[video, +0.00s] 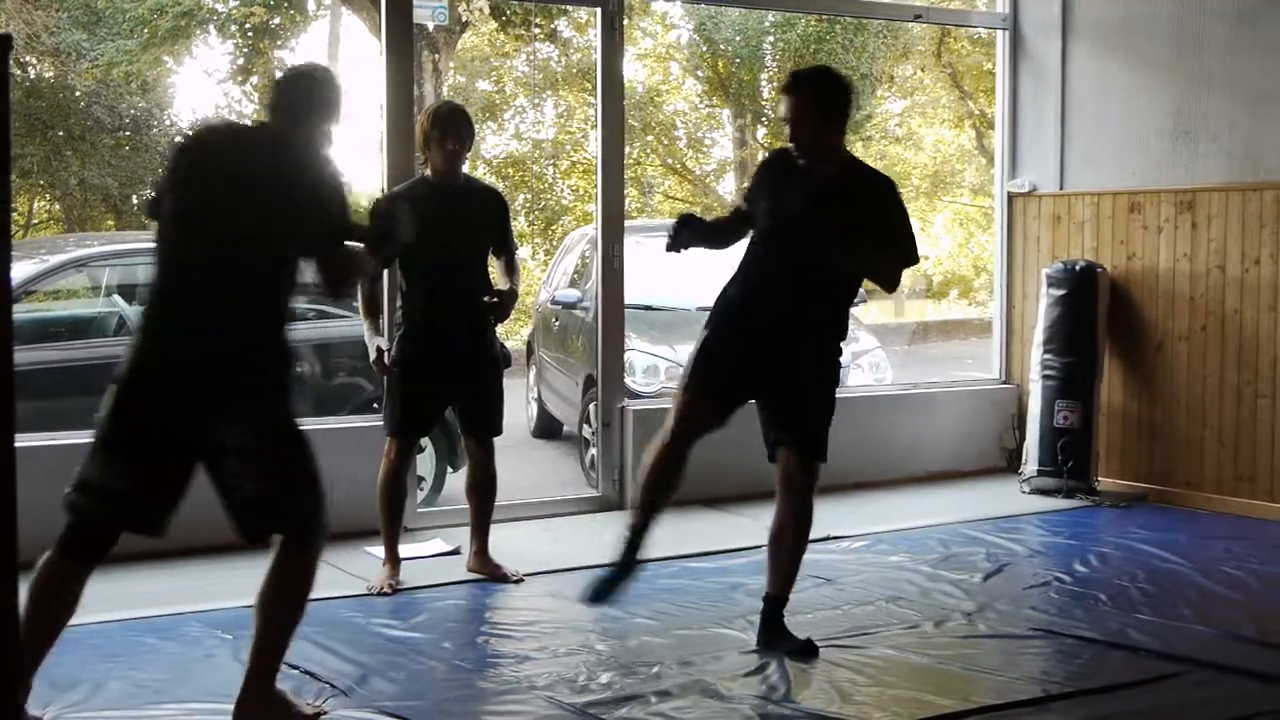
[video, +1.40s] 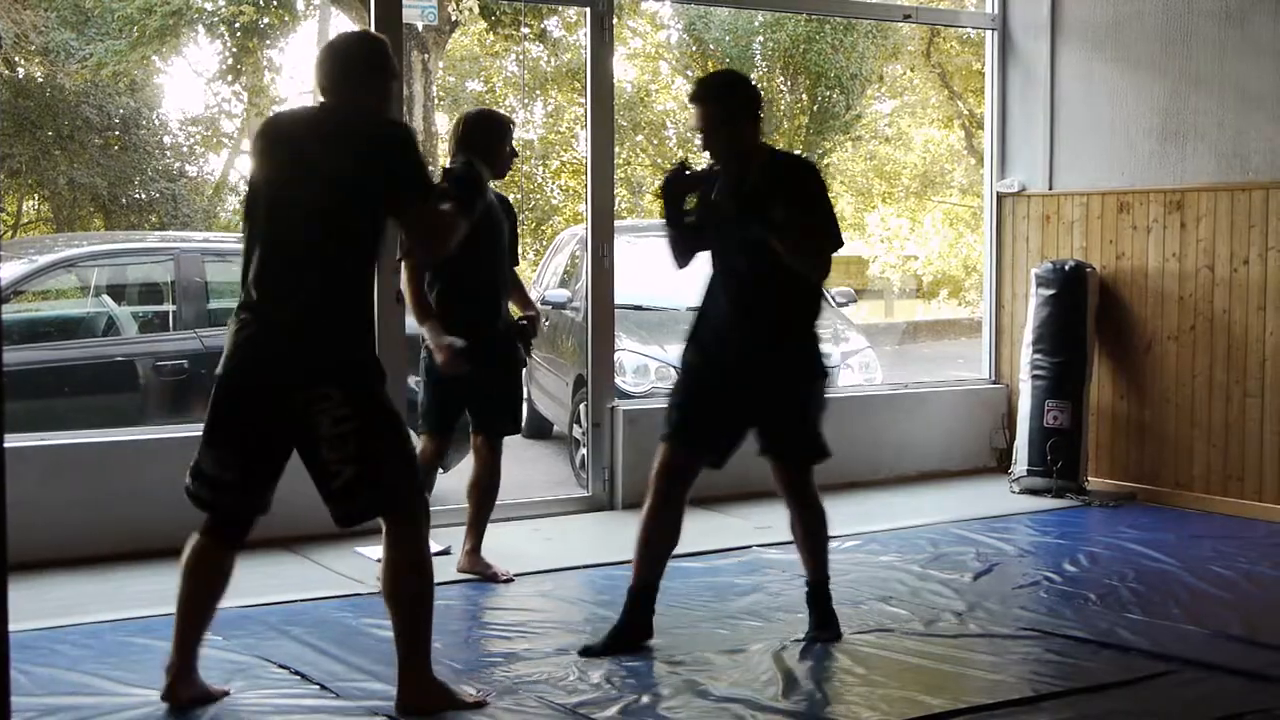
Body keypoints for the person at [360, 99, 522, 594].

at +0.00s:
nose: (452, 148)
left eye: (460, 139)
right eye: (443, 139)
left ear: (470, 144)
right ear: (425, 142)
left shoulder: (488, 200)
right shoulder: (397, 204)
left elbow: (508, 258)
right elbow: (371, 274)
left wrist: (510, 293)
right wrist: (375, 338)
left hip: (473, 337)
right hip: (416, 339)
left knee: (480, 446)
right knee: (399, 448)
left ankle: (479, 553)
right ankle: (390, 562)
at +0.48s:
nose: (454, 145)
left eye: (457, 136)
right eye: (445, 136)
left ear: (463, 140)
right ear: (420, 141)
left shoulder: (479, 199)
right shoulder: (390, 203)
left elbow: (500, 260)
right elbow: (361, 273)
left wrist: (503, 294)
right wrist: (385, 282)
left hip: (467, 336)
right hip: (410, 339)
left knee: (473, 445)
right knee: (391, 447)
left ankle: (471, 552)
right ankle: (382, 562)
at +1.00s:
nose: (491, 144)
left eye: (489, 135)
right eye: (483, 135)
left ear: (456, 140)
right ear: (457, 140)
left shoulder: (480, 200)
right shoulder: (420, 191)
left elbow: (483, 264)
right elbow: (400, 277)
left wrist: (501, 290)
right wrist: (446, 319)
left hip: (478, 335)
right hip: (427, 338)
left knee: (478, 447)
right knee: (404, 448)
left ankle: (473, 551)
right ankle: (382, 551)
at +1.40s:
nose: (514, 152)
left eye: (513, 143)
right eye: (507, 143)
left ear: (489, 146)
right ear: (482, 146)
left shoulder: (502, 208)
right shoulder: (438, 198)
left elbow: (505, 270)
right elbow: (411, 272)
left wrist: (529, 309)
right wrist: (433, 334)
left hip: (495, 341)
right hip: (447, 340)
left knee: (487, 447)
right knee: (432, 447)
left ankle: (471, 553)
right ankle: (402, 543)